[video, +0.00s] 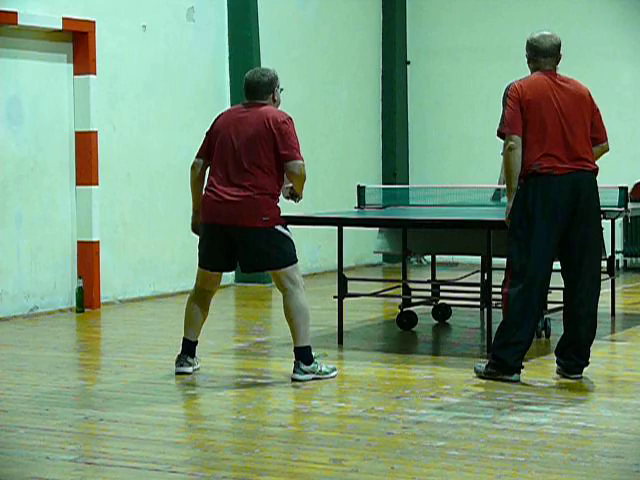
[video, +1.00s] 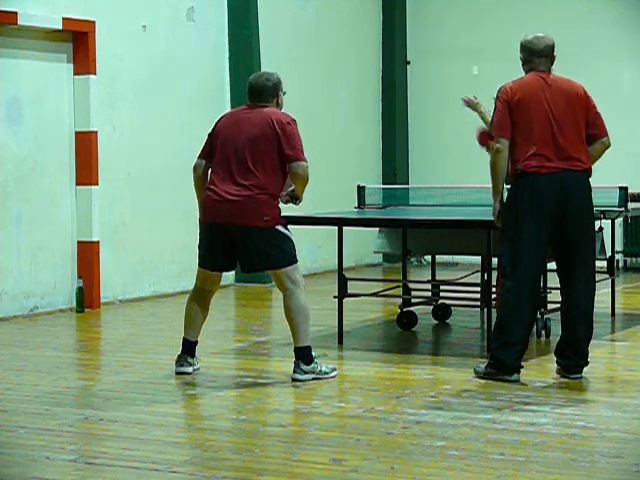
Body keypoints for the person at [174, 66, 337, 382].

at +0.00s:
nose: (280, 97)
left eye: (280, 93)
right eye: (280, 93)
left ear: (245, 94)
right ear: (274, 94)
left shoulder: (223, 119)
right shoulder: (278, 119)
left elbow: (198, 167)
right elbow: (296, 171)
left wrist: (197, 211)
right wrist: (296, 188)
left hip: (215, 217)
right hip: (260, 218)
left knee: (203, 288)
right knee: (291, 286)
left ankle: (186, 356)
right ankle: (304, 361)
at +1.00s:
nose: (284, 101)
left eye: (284, 97)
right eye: (283, 97)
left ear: (249, 97)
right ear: (277, 97)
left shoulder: (226, 120)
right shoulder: (282, 121)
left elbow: (200, 168)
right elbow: (300, 171)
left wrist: (205, 206)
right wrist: (297, 192)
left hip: (215, 217)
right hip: (261, 217)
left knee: (203, 288)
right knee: (292, 286)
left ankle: (186, 355)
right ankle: (304, 361)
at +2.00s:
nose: (289, 103)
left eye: (288, 98)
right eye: (287, 98)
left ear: (255, 99)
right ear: (278, 99)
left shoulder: (228, 120)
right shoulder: (284, 122)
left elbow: (202, 168)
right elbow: (298, 172)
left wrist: (210, 202)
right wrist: (297, 194)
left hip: (215, 214)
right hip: (260, 215)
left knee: (203, 288)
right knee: (292, 286)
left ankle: (186, 356)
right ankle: (304, 361)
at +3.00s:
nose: (290, 102)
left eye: (289, 98)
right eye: (289, 98)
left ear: (256, 100)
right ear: (282, 101)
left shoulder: (232, 123)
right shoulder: (286, 125)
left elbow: (205, 171)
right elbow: (300, 177)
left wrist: (215, 206)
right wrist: (302, 202)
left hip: (217, 219)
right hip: (262, 219)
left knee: (207, 287)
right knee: (298, 285)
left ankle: (186, 355)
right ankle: (305, 362)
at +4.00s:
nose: (227, 96)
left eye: (225, 91)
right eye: (225, 92)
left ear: (194, 97)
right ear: (220, 95)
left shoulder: (175, 128)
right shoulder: (235, 124)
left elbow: (147, 174)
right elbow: (258, 162)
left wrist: (140, 213)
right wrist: (278, 195)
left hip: (186, 222)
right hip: (230, 219)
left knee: (189, 287)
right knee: (264, 283)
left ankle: (185, 355)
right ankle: (293, 354)